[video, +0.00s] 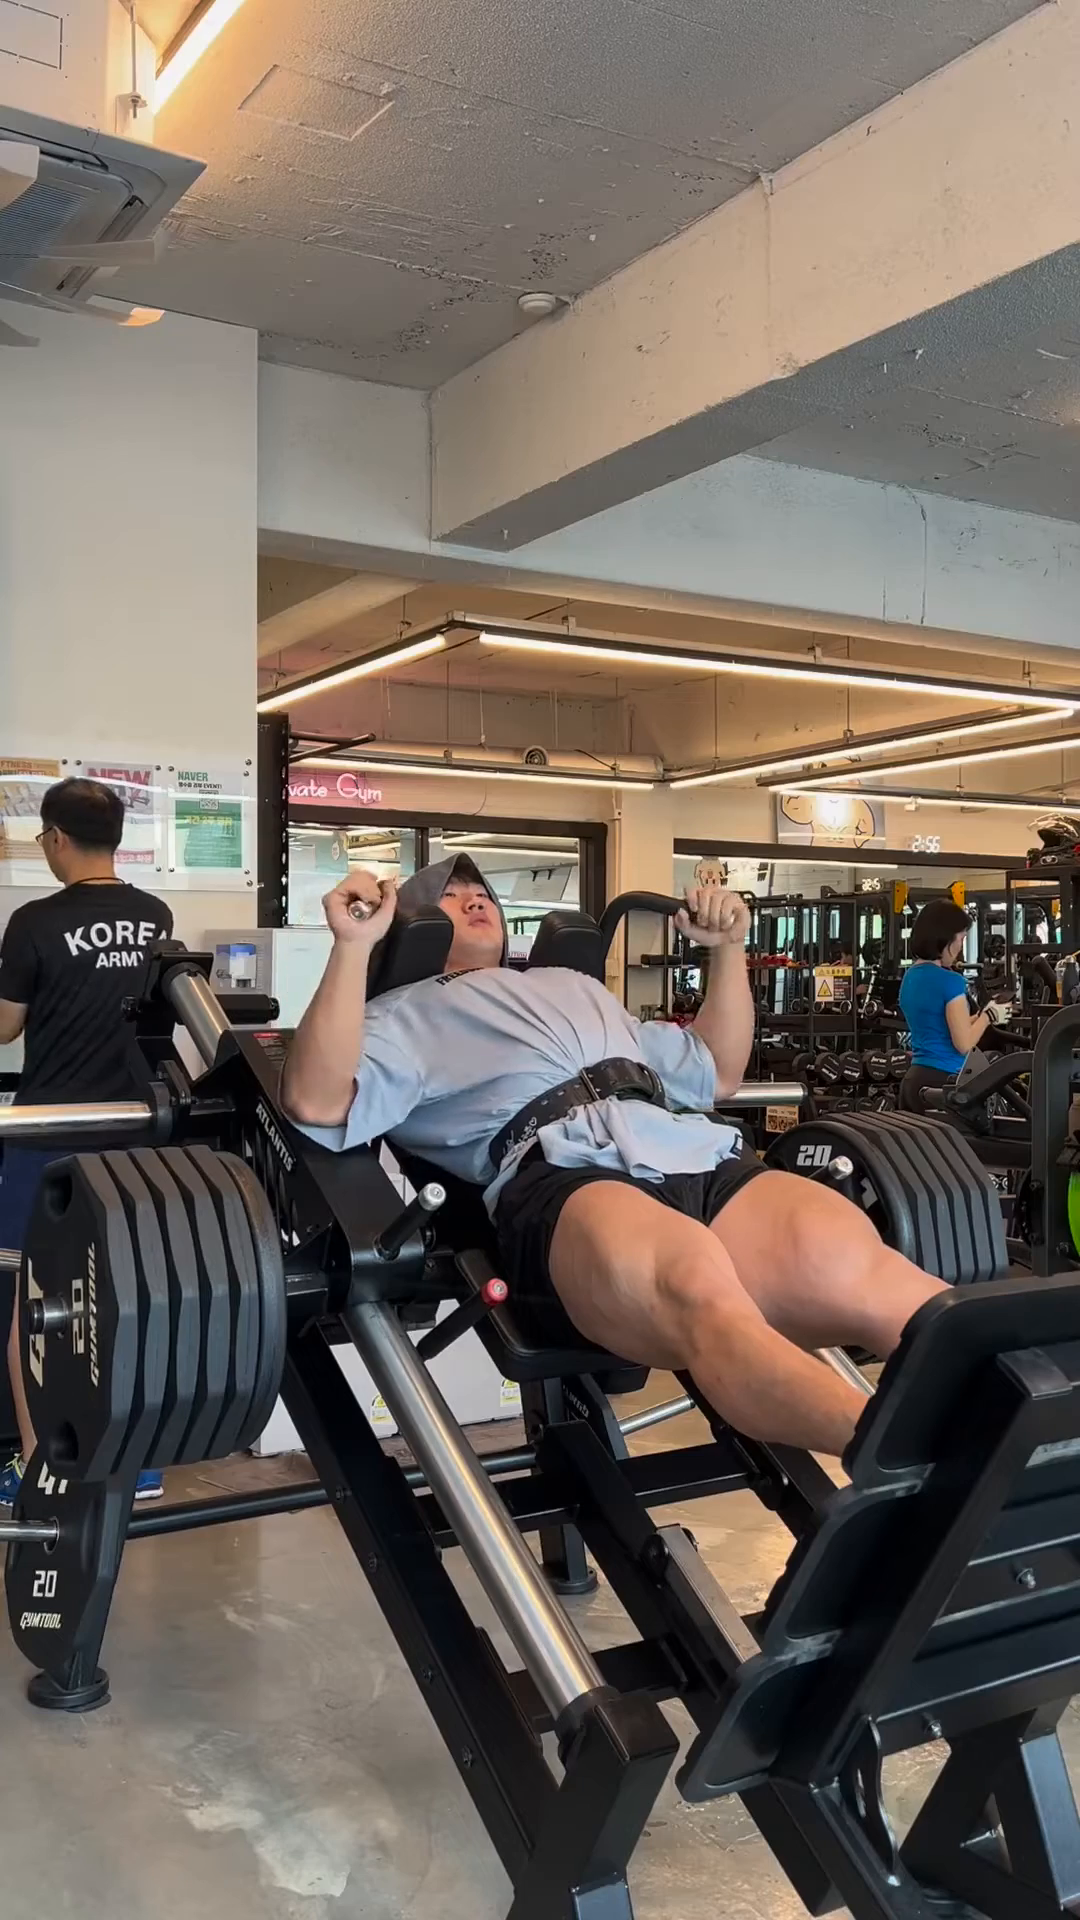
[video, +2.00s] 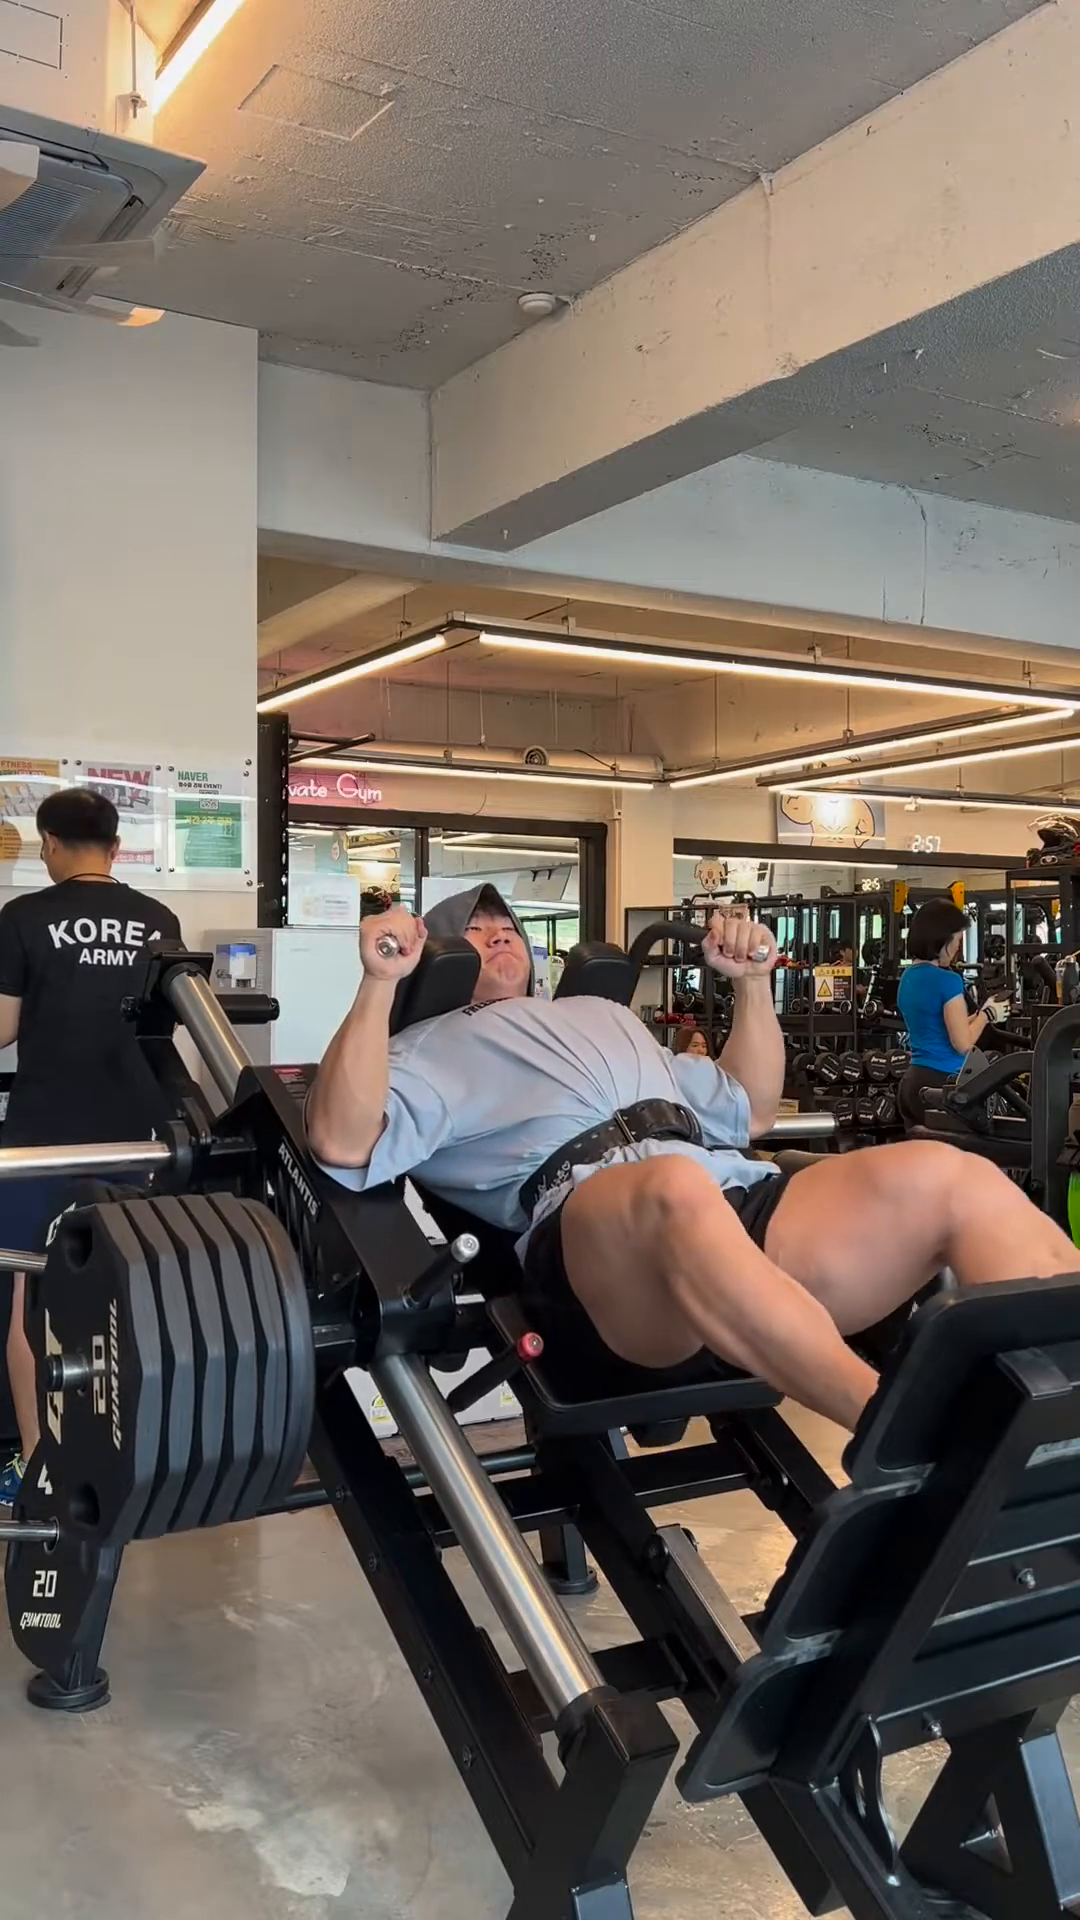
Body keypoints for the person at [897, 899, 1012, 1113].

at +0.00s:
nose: (961, 946)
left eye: (963, 939)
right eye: (960, 938)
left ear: (928, 934)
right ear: (946, 939)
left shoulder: (909, 978)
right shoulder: (950, 981)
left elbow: (931, 1032)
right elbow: (964, 1043)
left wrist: (975, 1017)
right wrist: (990, 1015)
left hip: (915, 1076)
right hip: (947, 1081)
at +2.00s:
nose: (959, 946)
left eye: (960, 939)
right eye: (958, 939)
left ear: (924, 936)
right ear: (944, 940)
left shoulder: (907, 978)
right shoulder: (948, 981)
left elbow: (929, 1034)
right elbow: (963, 1043)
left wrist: (973, 1013)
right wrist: (987, 1014)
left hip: (914, 1078)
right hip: (946, 1084)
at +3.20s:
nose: (958, 947)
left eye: (959, 940)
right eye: (957, 940)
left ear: (923, 935)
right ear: (943, 940)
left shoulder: (907, 978)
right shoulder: (946, 981)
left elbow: (931, 1034)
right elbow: (961, 1043)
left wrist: (976, 1015)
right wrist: (986, 1015)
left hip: (914, 1077)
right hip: (945, 1082)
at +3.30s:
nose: (958, 947)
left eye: (959, 941)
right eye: (957, 940)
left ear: (923, 936)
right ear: (943, 941)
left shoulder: (907, 978)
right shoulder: (946, 981)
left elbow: (934, 1033)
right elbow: (961, 1043)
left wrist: (975, 1016)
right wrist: (987, 1015)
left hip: (917, 1074)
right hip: (947, 1079)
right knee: (997, 1058)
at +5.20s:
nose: (959, 946)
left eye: (960, 939)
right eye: (958, 939)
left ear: (924, 937)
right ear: (943, 941)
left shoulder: (909, 977)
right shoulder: (948, 981)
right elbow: (963, 1043)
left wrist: (980, 1012)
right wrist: (988, 1013)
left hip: (917, 1073)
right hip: (948, 1080)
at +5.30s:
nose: (958, 947)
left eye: (959, 941)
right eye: (957, 940)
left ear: (923, 936)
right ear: (944, 942)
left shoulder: (908, 978)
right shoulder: (947, 981)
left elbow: (932, 1032)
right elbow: (963, 1042)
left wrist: (976, 1013)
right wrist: (986, 1012)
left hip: (916, 1073)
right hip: (947, 1079)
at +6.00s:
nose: (957, 947)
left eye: (958, 941)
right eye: (956, 940)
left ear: (922, 936)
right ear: (942, 941)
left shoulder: (908, 978)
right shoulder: (946, 981)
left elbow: (933, 1032)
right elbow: (961, 1043)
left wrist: (976, 1014)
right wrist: (986, 1014)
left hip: (915, 1078)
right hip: (947, 1085)